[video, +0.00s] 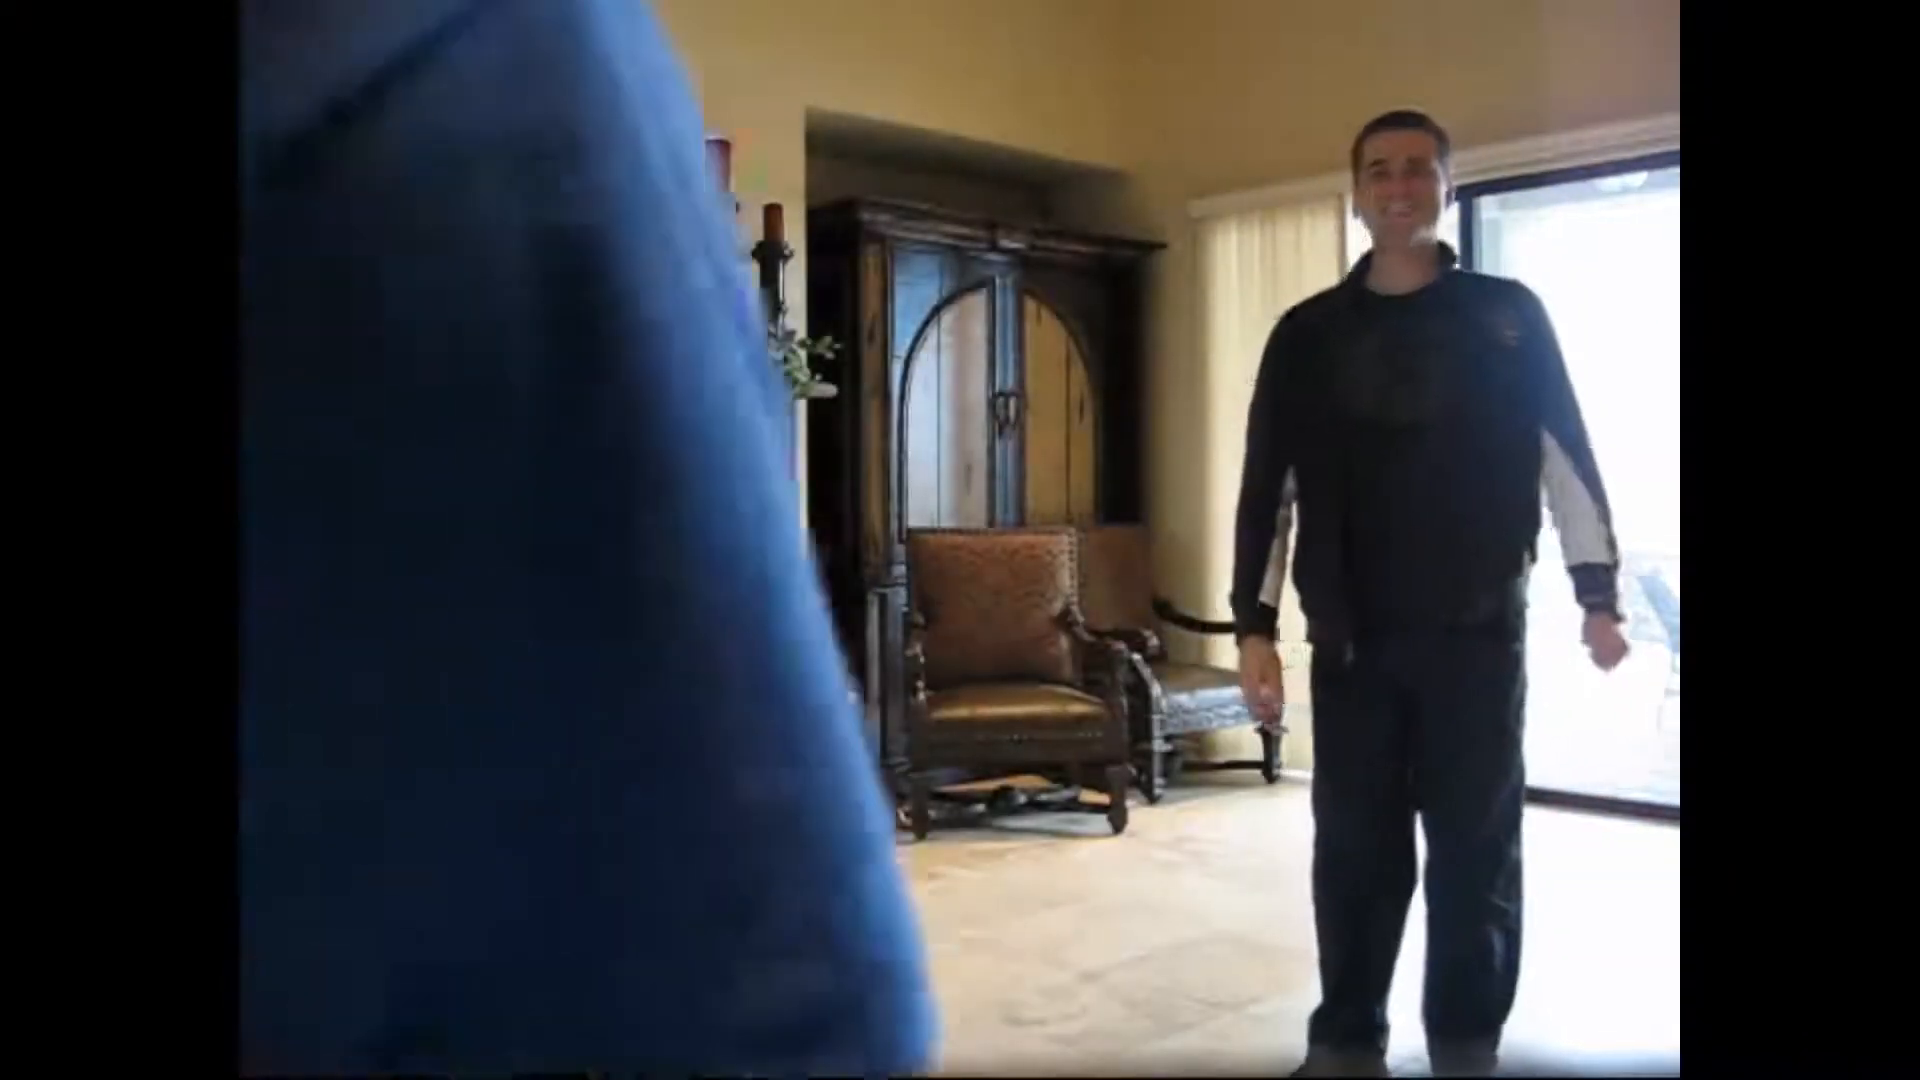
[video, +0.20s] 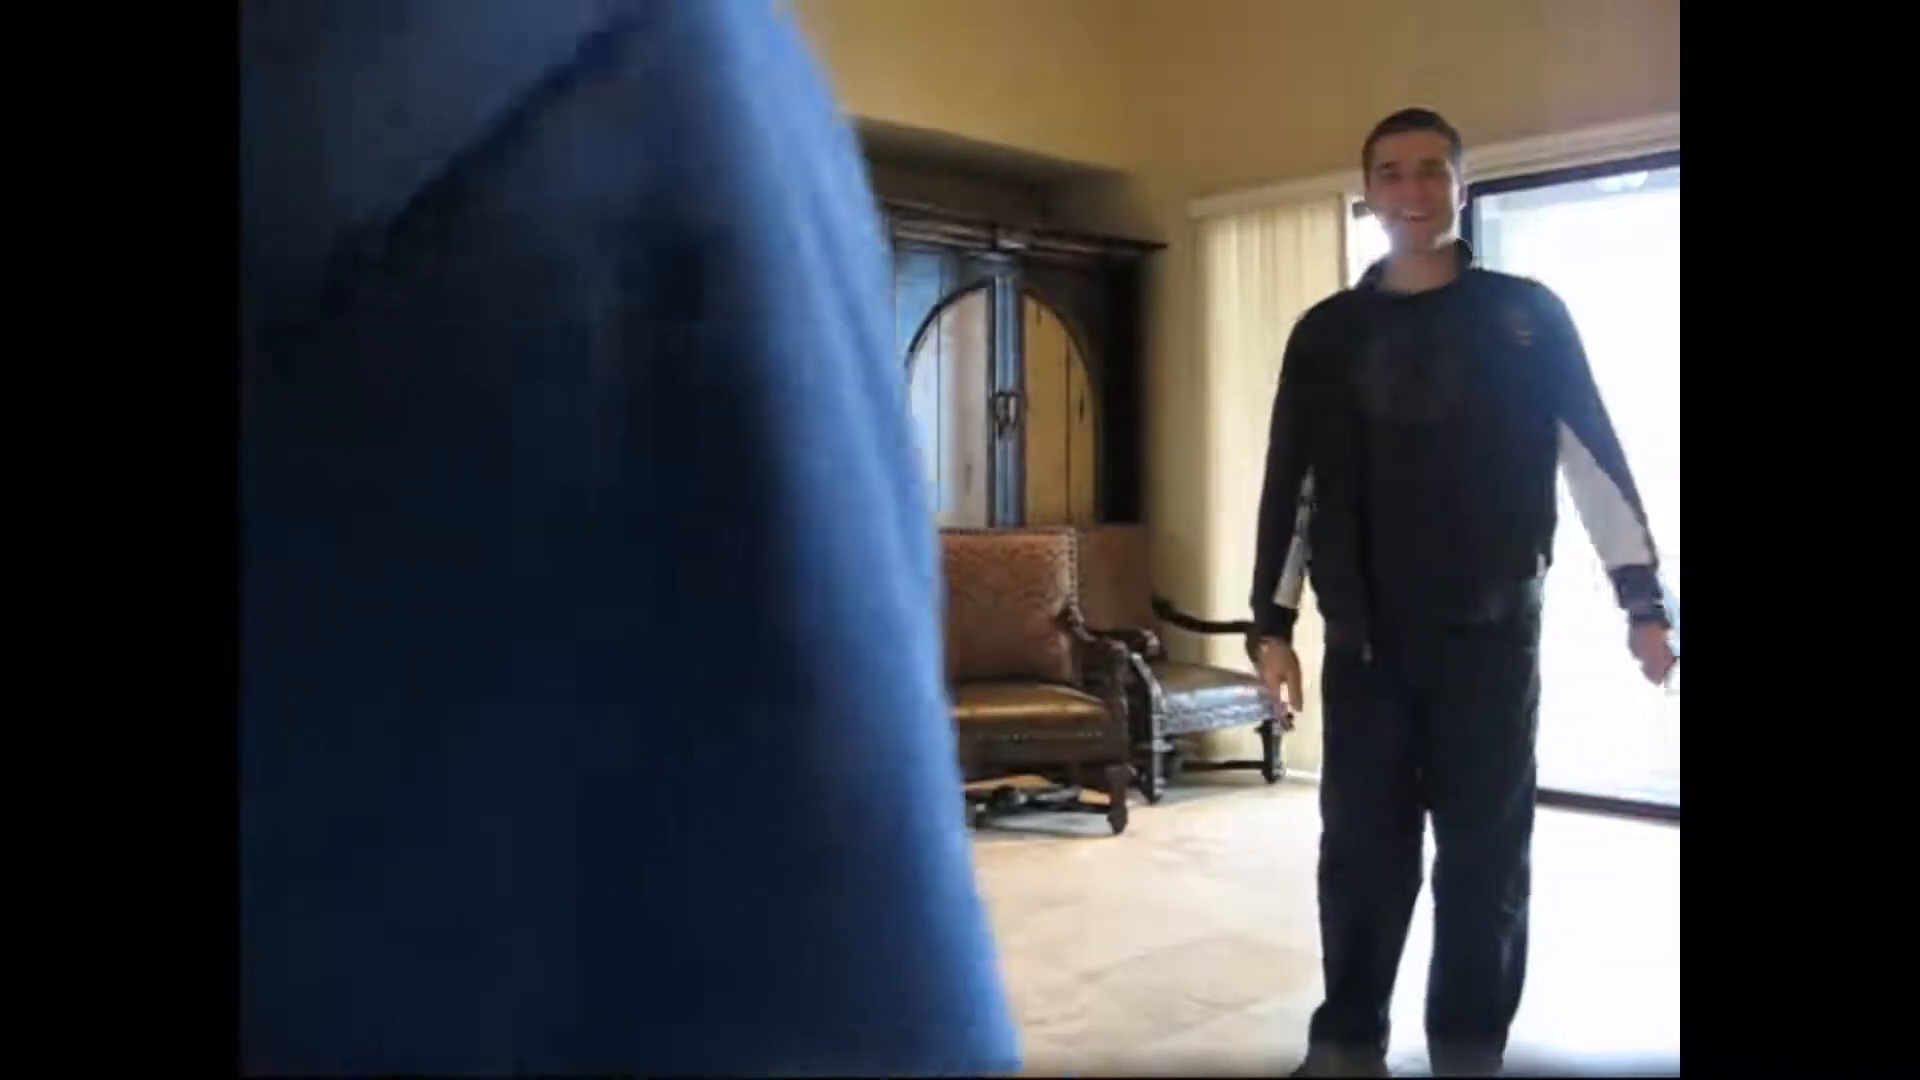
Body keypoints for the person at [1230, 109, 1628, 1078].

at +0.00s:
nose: (1401, 185)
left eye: (1419, 168)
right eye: (1382, 170)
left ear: (1448, 186)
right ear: (1355, 193)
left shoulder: (1507, 311)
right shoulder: (1305, 332)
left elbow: (1568, 457)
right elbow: (1262, 488)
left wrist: (1598, 593)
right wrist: (1251, 623)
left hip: (1474, 632)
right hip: (1351, 635)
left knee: (1475, 856)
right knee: (1353, 853)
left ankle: (1465, 1053)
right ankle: (1345, 1046)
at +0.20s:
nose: (1414, 189)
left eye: (1432, 170)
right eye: (1394, 173)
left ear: (1461, 184)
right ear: (1368, 193)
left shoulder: (1526, 313)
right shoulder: (1324, 332)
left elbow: (1595, 463)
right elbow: (1284, 484)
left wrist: (1643, 601)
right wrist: (1269, 623)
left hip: (1489, 639)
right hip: (1363, 640)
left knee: (1484, 868)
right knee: (1359, 861)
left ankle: (1468, 1059)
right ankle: (1345, 1053)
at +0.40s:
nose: (1419, 188)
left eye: (1437, 171)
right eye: (1399, 173)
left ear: (1469, 186)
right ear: (1373, 192)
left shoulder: (1531, 313)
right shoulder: (1331, 330)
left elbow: (1594, 468)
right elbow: (1292, 483)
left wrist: (1616, 613)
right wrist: (1275, 621)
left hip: (1489, 639)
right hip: (1364, 639)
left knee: (1486, 869)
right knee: (1356, 859)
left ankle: (1469, 1058)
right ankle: (1342, 1050)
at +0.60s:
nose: (1412, 192)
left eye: (1430, 175)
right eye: (1393, 176)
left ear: (1460, 189)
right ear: (1367, 193)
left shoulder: (1520, 315)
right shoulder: (1319, 329)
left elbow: (1563, 477)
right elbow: (1282, 485)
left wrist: (1536, 605)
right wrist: (1270, 620)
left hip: (1478, 634)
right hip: (1352, 635)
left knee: (1480, 864)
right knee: (1333, 851)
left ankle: (1466, 1054)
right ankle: (1308, 1042)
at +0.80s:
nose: (1380, 201)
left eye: (1399, 184)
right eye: (1362, 185)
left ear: (1430, 198)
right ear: (1339, 201)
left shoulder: (1486, 323)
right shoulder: (1288, 336)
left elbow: (1528, 478)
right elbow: (1252, 487)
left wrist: (1516, 612)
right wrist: (1245, 620)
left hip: (1450, 639)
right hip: (1323, 640)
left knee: (1465, 866)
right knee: (1313, 857)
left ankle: (1464, 1057)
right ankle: (1298, 1042)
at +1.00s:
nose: (1343, 201)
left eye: (1362, 184)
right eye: (1326, 184)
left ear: (1390, 198)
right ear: (1301, 200)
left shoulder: (1445, 324)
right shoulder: (1250, 335)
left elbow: (1494, 477)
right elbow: (1210, 478)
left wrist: (1510, 619)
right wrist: (1187, 604)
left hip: (1411, 633)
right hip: (1287, 637)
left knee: (1434, 853)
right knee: (1295, 853)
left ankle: (1457, 1049)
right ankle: (1295, 1040)